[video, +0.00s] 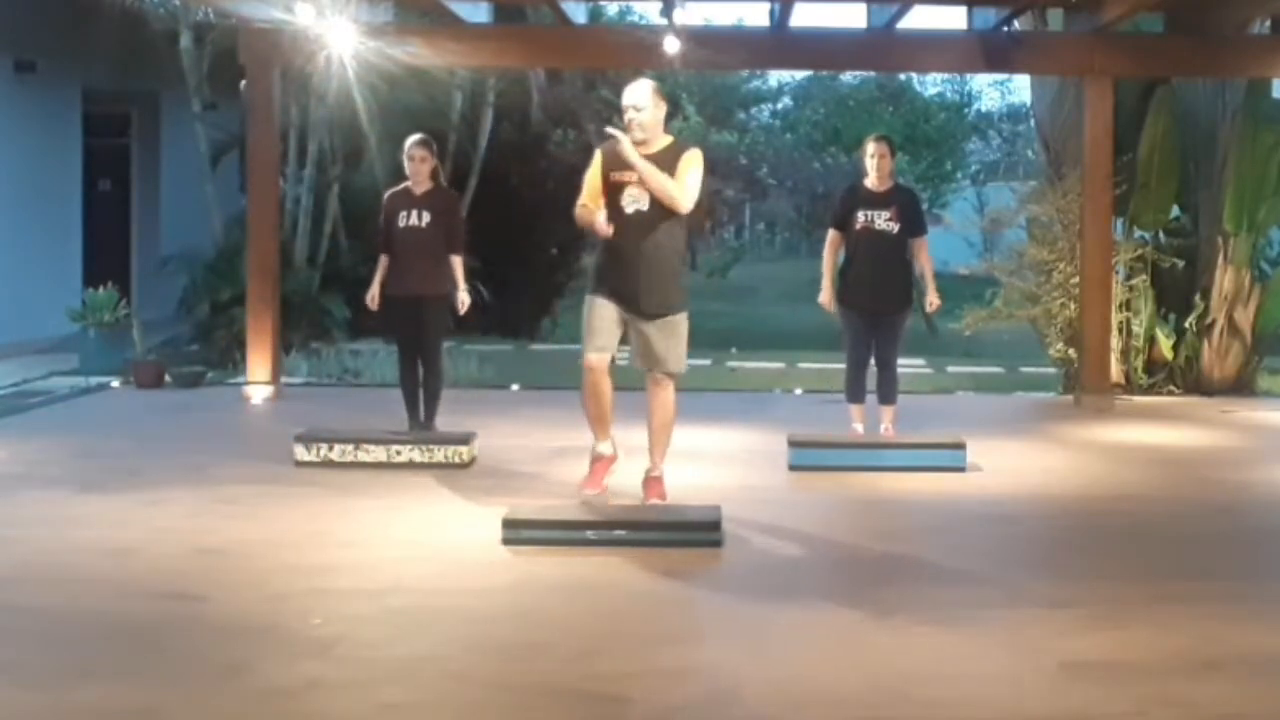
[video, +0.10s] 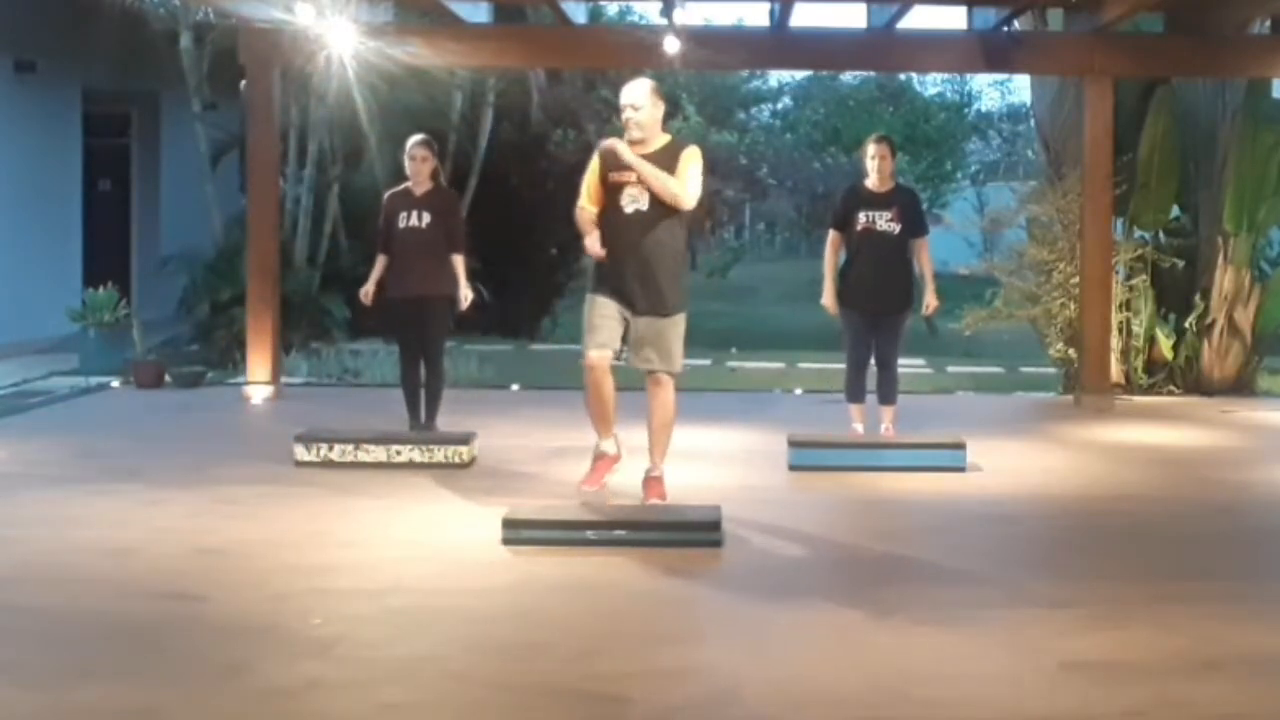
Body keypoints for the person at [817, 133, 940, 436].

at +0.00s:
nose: (877, 162)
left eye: (882, 156)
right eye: (871, 156)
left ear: (892, 160)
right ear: (864, 160)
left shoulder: (907, 198)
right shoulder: (850, 196)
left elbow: (920, 246)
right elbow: (833, 242)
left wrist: (930, 288)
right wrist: (827, 286)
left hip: (894, 292)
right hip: (855, 291)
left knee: (887, 359)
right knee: (856, 358)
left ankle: (887, 425)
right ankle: (857, 424)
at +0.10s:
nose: (877, 163)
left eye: (882, 157)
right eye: (872, 157)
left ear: (893, 161)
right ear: (865, 161)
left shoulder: (908, 198)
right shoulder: (851, 196)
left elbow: (921, 246)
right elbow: (834, 242)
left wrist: (930, 288)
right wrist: (829, 287)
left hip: (894, 292)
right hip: (856, 291)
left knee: (887, 360)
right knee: (857, 358)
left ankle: (888, 425)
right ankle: (858, 425)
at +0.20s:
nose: (877, 163)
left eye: (883, 157)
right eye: (872, 157)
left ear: (894, 160)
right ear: (866, 161)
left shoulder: (909, 198)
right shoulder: (852, 195)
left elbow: (921, 246)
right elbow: (835, 241)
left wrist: (927, 290)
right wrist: (831, 286)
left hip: (895, 291)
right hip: (857, 290)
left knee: (887, 359)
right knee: (859, 359)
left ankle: (888, 425)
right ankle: (859, 425)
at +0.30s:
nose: (877, 163)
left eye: (882, 157)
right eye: (872, 157)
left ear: (893, 160)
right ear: (866, 161)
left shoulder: (909, 199)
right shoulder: (852, 195)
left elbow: (919, 247)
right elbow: (835, 241)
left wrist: (925, 292)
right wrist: (832, 286)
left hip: (894, 292)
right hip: (857, 291)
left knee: (887, 359)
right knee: (860, 359)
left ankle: (887, 424)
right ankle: (859, 423)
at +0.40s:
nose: (875, 163)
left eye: (881, 158)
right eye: (871, 158)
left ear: (893, 161)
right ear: (864, 161)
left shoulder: (907, 199)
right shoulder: (850, 195)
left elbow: (918, 247)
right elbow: (833, 241)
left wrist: (924, 291)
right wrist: (832, 285)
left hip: (893, 292)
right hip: (856, 291)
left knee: (887, 360)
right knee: (860, 359)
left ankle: (887, 425)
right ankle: (859, 424)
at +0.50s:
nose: (875, 163)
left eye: (881, 158)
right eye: (870, 158)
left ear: (892, 161)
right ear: (864, 160)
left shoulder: (906, 198)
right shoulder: (848, 195)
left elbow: (917, 245)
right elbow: (831, 240)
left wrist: (923, 288)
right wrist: (830, 285)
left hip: (894, 291)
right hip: (855, 290)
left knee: (888, 358)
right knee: (860, 356)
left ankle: (888, 423)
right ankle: (858, 423)